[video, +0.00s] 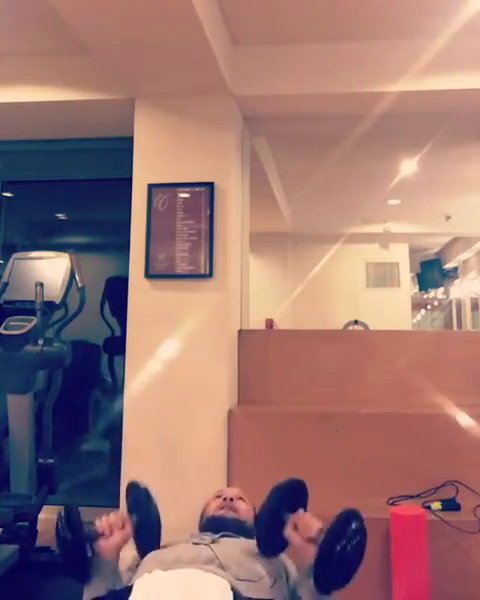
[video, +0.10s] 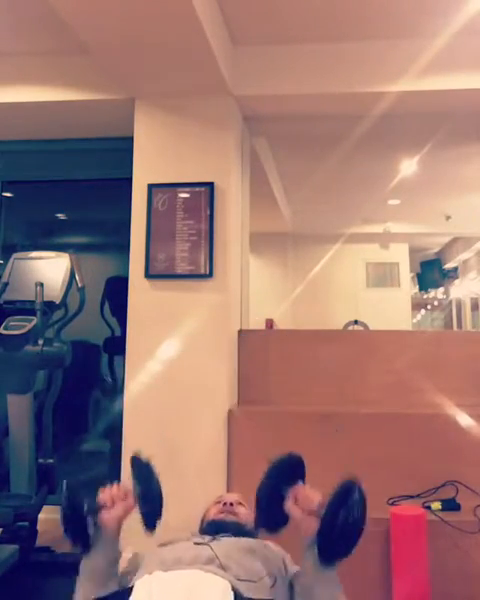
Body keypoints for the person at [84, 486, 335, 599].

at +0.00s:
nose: (228, 498)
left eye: (240, 498)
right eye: (219, 497)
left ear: (254, 518)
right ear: (201, 517)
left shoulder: (269, 551)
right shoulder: (156, 554)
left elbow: (307, 595)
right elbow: (108, 595)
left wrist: (308, 565)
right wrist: (107, 559)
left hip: (218, 588)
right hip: (148, 588)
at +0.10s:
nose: (229, 502)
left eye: (240, 503)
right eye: (219, 501)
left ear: (254, 523)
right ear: (201, 522)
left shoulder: (271, 553)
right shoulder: (153, 555)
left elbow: (315, 595)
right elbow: (94, 595)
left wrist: (314, 541)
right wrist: (107, 532)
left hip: (221, 589)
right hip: (150, 589)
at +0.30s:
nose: (228, 512)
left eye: (239, 513)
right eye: (220, 511)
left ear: (258, 532)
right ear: (202, 528)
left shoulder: (274, 552)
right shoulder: (158, 552)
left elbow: (334, 579)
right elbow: (92, 565)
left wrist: (306, 465)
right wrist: (122, 461)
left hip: (224, 591)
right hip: (152, 589)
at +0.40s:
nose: (229, 515)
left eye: (241, 516)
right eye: (221, 514)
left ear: (260, 533)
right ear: (204, 528)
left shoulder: (280, 559)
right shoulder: (150, 549)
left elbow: (319, 527)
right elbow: (106, 516)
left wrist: (292, 431)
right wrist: (135, 423)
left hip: (221, 590)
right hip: (149, 588)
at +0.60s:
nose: (231, 515)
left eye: (243, 517)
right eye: (223, 514)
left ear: (258, 531)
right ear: (208, 523)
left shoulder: (279, 562)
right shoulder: (156, 540)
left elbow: (296, 496)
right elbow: (149, 475)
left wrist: (273, 398)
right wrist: (158, 391)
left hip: (223, 588)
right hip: (146, 586)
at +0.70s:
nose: (232, 513)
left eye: (242, 515)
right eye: (223, 512)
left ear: (259, 530)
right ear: (205, 523)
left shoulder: (280, 560)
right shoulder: (153, 546)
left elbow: (305, 511)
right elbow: (134, 493)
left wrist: (283, 410)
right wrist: (149, 406)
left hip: (220, 589)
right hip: (145, 588)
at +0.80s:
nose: (230, 508)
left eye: (240, 510)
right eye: (222, 508)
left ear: (259, 529)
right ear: (205, 523)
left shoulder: (278, 556)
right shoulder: (150, 550)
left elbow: (323, 543)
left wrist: (298, 434)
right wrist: (133, 431)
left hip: (224, 589)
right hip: (150, 589)